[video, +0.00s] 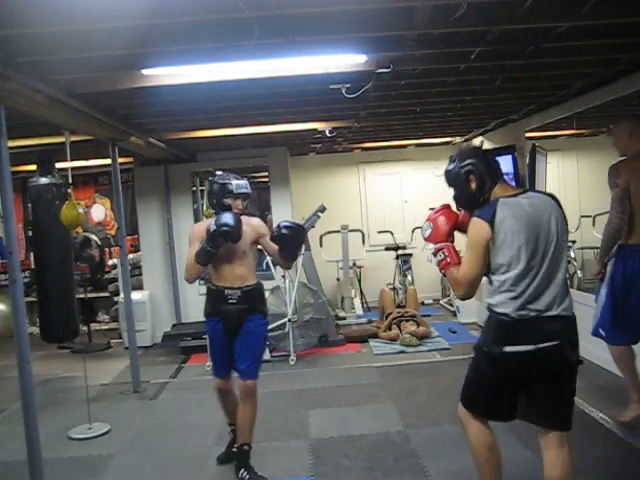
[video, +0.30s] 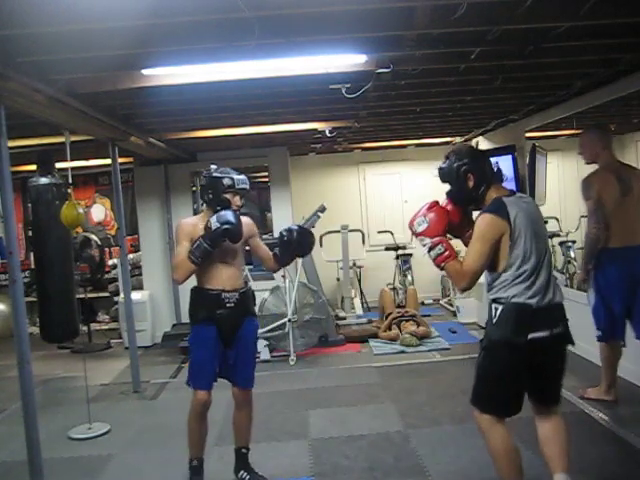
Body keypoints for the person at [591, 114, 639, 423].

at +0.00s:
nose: (611, 135)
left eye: (614, 129)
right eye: (612, 129)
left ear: (629, 131)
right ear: (630, 132)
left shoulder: (623, 169)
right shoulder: (624, 169)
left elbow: (618, 221)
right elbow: (618, 220)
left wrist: (601, 258)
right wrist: (603, 258)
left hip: (629, 255)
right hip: (628, 254)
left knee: (615, 328)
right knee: (615, 328)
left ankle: (634, 396)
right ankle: (633, 395)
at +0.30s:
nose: (580, 153)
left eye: (583, 146)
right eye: (580, 146)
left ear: (599, 144)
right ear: (604, 144)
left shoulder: (593, 181)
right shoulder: (634, 173)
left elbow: (596, 230)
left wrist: (584, 267)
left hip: (612, 258)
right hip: (635, 253)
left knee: (609, 325)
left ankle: (607, 387)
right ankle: (608, 385)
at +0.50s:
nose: (558, 155)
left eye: (561, 149)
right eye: (557, 150)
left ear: (577, 148)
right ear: (582, 147)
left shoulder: (573, 183)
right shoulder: (618, 175)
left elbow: (568, 229)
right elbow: (628, 224)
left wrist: (561, 258)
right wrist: (627, 260)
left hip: (588, 256)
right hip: (619, 254)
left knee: (598, 326)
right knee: (629, 322)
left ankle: (605, 387)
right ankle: (637, 378)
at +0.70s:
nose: (548, 153)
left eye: (551, 148)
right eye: (547, 148)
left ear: (567, 147)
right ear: (571, 147)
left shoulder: (563, 181)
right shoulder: (603, 175)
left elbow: (552, 226)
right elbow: (617, 219)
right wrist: (625, 256)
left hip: (576, 251)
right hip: (602, 248)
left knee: (591, 320)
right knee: (597, 318)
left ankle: (603, 385)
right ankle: (603, 379)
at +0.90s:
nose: (543, 155)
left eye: (546, 149)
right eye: (542, 150)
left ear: (560, 148)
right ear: (563, 150)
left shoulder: (563, 180)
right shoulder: (586, 177)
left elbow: (554, 227)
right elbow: (596, 223)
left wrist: (529, 248)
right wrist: (596, 257)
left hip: (570, 247)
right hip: (586, 246)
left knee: (583, 313)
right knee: (568, 306)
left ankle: (603, 382)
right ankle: (562, 361)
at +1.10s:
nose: (536, 156)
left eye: (540, 151)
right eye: (535, 152)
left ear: (553, 151)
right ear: (540, 154)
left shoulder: (565, 179)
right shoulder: (551, 179)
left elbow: (564, 223)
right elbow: (555, 220)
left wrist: (542, 258)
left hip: (567, 248)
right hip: (555, 249)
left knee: (580, 312)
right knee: (555, 311)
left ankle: (603, 377)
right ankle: (559, 366)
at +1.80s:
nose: (537, 154)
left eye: (541, 149)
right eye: (535, 150)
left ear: (553, 151)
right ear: (534, 155)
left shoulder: (569, 177)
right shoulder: (538, 186)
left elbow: (588, 217)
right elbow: (538, 225)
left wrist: (570, 250)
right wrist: (522, 254)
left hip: (574, 250)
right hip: (549, 251)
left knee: (584, 312)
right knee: (557, 313)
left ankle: (597, 368)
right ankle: (561, 367)